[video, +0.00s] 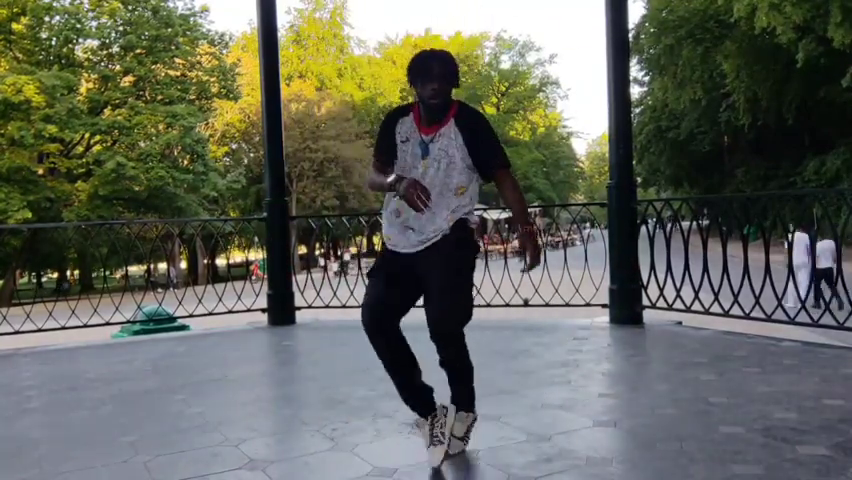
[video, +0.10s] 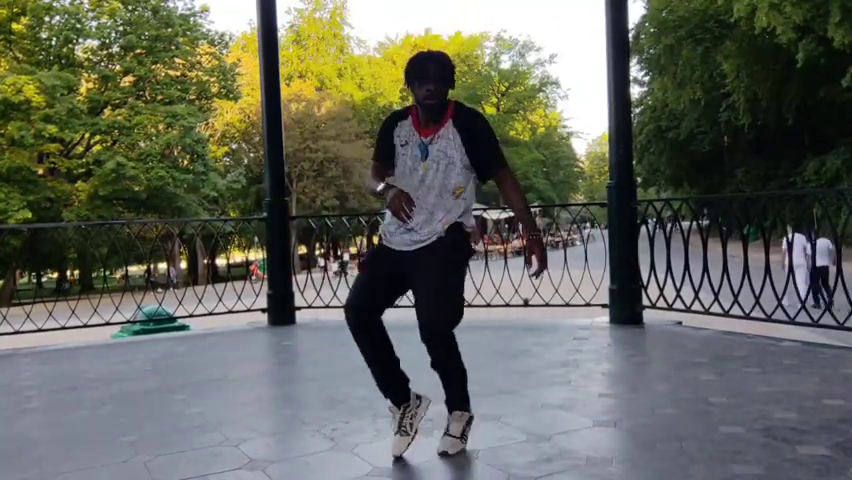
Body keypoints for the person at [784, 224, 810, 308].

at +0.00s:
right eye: (806, 228)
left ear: (796, 227)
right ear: (804, 228)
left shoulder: (791, 236)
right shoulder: (806, 236)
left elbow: (787, 248)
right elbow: (808, 249)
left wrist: (788, 260)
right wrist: (809, 258)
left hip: (793, 260)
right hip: (804, 260)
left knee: (791, 282)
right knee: (803, 282)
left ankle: (791, 302)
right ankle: (802, 301)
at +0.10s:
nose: (787, 230)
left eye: (788, 229)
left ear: (789, 229)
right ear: (797, 228)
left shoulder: (786, 238)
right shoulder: (802, 237)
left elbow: (784, 251)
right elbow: (807, 251)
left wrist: (783, 262)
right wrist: (808, 262)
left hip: (789, 263)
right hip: (800, 262)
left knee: (788, 283)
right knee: (801, 282)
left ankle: (787, 301)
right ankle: (802, 302)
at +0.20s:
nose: (788, 230)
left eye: (787, 229)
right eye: (789, 229)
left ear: (786, 230)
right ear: (793, 229)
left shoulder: (783, 239)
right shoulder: (799, 238)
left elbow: (781, 252)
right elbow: (803, 251)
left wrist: (780, 262)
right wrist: (804, 261)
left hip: (787, 263)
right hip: (798, 262)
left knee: (786, 283)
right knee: (800, 282)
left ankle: (785, 301)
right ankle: (802, 300)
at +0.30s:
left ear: (782, 229)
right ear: (791, 228)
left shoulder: (780, 238)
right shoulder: (796, 237)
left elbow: (778, 250)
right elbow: (799, 250)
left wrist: (777, 261)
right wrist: (801, 260)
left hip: (784, 262)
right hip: (795, 261)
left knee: (784, 282)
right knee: (797, 281)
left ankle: (786, 300)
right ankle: (799, 299)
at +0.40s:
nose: (780, 228)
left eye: (780, 227)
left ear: (781, 227)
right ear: (789, 228)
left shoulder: (779, 237)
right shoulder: (794, 236)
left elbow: (775, 249)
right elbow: (797, 249)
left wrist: (773, 259)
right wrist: (798, 260)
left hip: (782, 260)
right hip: (792, 260)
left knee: (783, 281)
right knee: (792, 279)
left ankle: (785, 300)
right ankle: (796, 294)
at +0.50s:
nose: (779, 228)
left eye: (779, 227)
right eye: (780, 227)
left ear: (779, 228)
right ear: (786, 227)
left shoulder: (775, 237)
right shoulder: (791, 236)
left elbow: (771, 249)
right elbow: (794, 249)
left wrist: (771, 258)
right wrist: (795, 259)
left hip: (780, 260)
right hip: (789, 260)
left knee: (781, 280)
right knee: (789, 280)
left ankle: (784, 299)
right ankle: (789, 298)